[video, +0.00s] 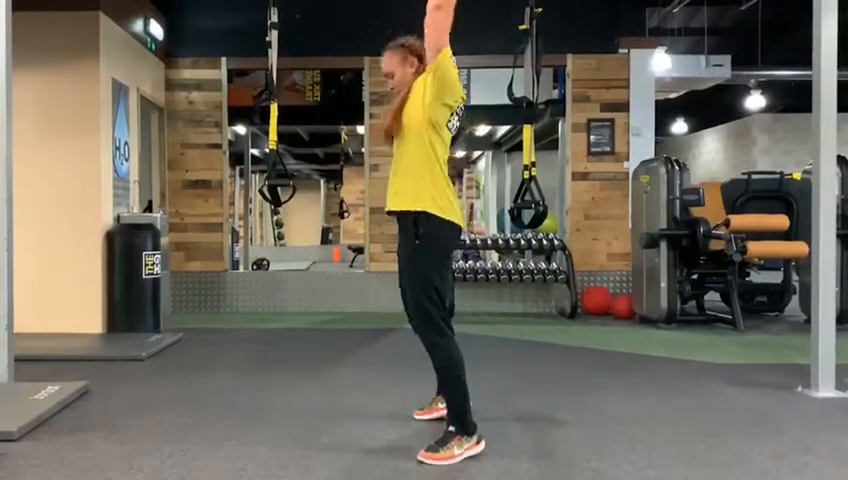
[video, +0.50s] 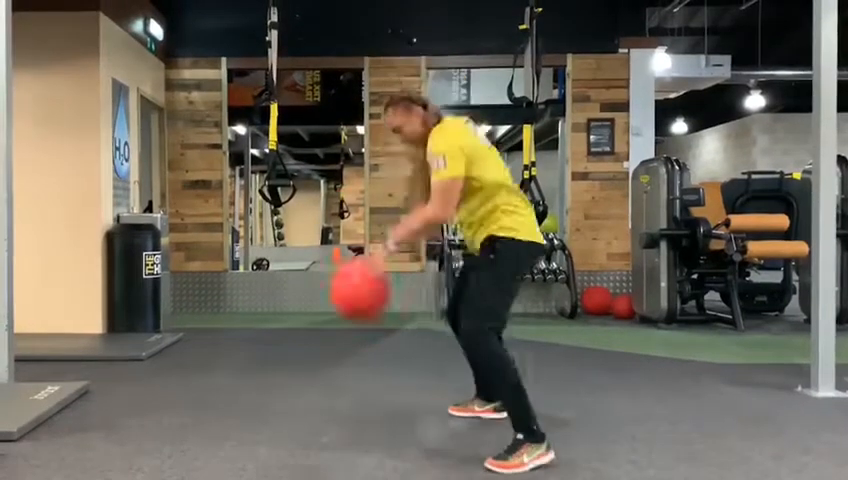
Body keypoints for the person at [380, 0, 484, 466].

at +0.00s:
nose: (389, 82)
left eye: (392, 73)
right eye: (386, 75)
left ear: (415, 63)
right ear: (408, 66)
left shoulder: (438, 88)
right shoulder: (414, 95)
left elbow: (439, 23)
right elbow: (435, 22)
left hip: (430, 217)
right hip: (414, 217)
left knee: (431, 319)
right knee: (425, 316)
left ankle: (465, 431)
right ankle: (449, 396)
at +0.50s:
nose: (401, 137)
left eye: (401, 127)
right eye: (396, 131)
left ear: (420, 112)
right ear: (417, 117)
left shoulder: (447, 136)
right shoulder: (441, 139)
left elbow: (442, 209)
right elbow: (437, 206)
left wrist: (395, 236)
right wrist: (403, 233)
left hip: (511, 237)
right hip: (492, 238)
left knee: (477, 327)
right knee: (459, 315)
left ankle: (532, 440)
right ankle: (490, 398)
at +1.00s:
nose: (359, 321)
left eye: (355, 314)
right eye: (352, 318)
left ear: (363, 295)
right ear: (363, 290)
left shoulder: (399, 292)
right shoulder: (390, 285)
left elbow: (411, 370)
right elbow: (411, 360)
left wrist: (406, 440)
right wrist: (409, 411)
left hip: (501, 233)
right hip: (484, 246)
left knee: (528, 338)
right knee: (492, 323)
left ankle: (632, 407)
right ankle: (563, 375)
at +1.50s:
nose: (348, 334)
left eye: (342, 328)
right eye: (341, 329)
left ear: (348, 313)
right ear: (352, 300)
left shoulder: (387, 299)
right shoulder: (385, 293)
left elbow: (408, 373)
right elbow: (408, 367)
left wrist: (408, 442)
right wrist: (405, 420)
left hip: (503, 269)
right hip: (497, 274)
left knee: (570, 358)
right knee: (562, 356)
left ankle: (679, 398)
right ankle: (635, 380)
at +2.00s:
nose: (384, 243)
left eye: (386, 234)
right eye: (382, 235)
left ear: (408, 226)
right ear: (409, 227)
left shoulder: (434, 262)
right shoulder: (436, 250)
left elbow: (472, 319)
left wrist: (473, 390)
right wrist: (476, 390)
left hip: (537, 307)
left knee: (457, 340)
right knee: (442, 323)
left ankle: (510, 446)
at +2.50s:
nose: (464, 80)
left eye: (466, 72)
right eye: (463, 73)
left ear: (483, 67)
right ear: (476, 70)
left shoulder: (510, 90)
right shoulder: (477, 106)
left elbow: (446, 75)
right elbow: (436, 94)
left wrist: (432, 24)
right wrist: (420, 48)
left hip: (500, 226)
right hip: (478, 226)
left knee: (480, 323)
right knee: (464, 314)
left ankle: (515, 442)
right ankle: (490, 399)